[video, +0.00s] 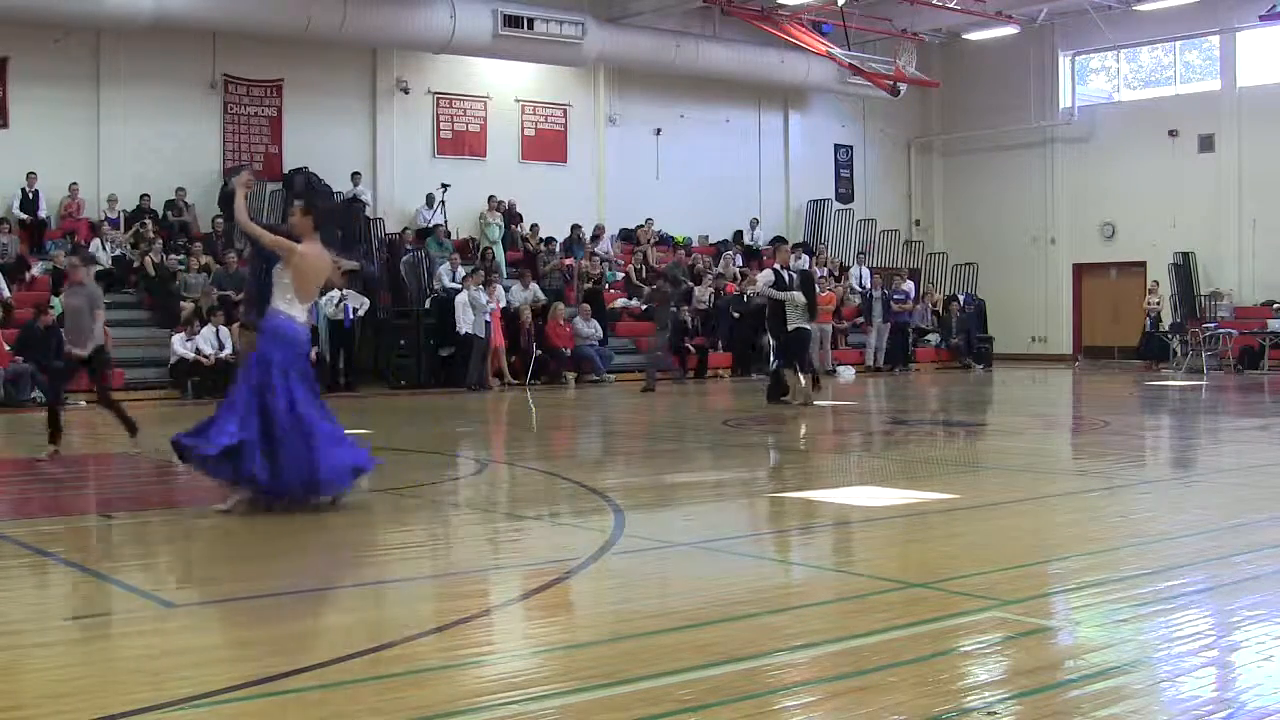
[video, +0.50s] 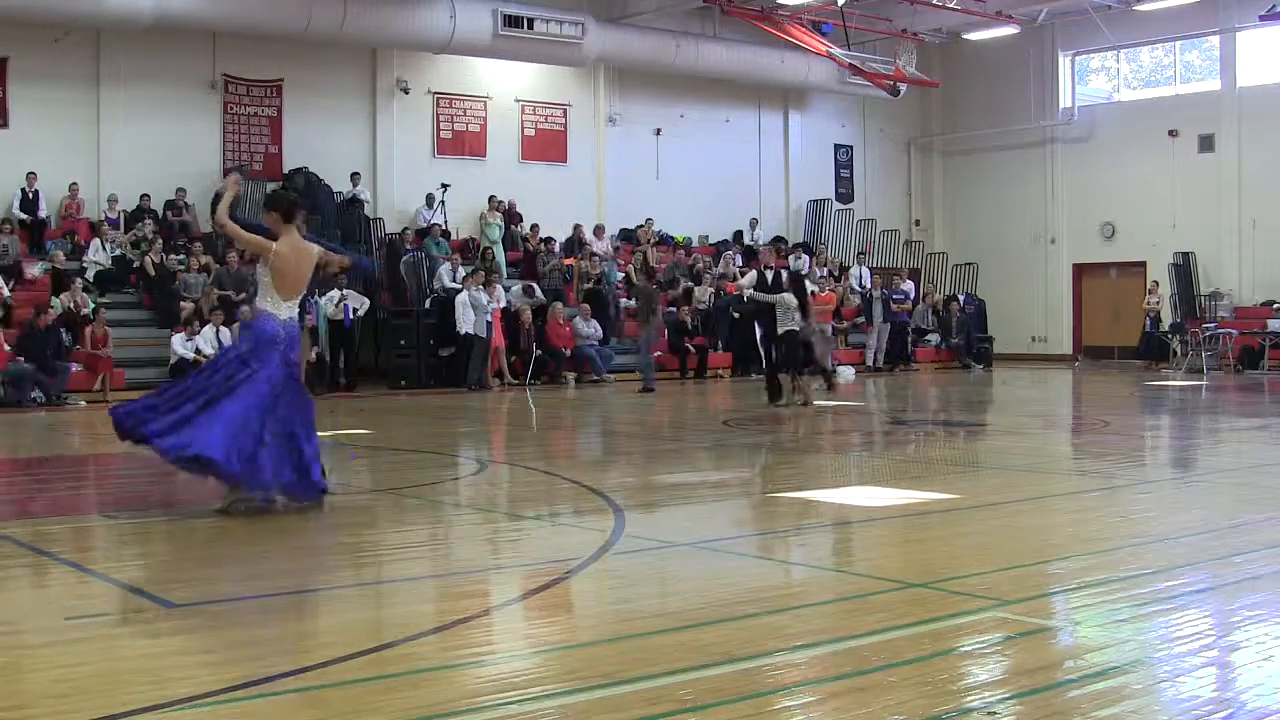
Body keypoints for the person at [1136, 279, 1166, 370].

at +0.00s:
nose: (1152, 288)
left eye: (1154, 286)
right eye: (1151, 286)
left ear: (1157, 287)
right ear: (1150, 287)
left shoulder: (1160, 296)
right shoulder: (1148, 296)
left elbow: (1160, 308)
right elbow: (1144, 306)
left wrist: (1149, 308)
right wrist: (1155, 307)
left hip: (1157, 318)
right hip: (1149, 319)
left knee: (1156, 339)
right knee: (1148, 338)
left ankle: (1156, 362)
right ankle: (1149, 361)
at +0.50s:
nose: (1152, 288)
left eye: (1154, 286)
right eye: (1151, 286)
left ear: (1157, 287)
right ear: (1150, 287)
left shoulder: (1160, 296)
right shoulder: (1148, 296)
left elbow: (1160, 308)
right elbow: (1144, 306)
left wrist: (1149, 307)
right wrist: (1153, 307)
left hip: (1156, 318)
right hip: (1149, 318)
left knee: (1156, 337)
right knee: (1148, 337)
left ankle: (1156, 361)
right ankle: (1149, 360)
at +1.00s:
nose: (1151, 288)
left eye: (1153, 286)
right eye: (1150, 286)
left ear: (1157, 287)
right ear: (1149, 287)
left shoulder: (1159, 296)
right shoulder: (1147, 296)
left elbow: (1160, 308)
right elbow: (1143, 306)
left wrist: (1149, 308)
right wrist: (1153, 307)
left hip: (1156, 318)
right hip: (1148, 318)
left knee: (1156, 338)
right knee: (1148, 337)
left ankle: (1156, 361)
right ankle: (1149, 360)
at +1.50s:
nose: (1151, 288)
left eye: (1153, 286)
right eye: (1150, 286)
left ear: (1157, 287)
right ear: (1149, 287)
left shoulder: (1159, 296)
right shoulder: (1147, 296)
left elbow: (1160, 308)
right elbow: (1143, 306)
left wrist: (1149, 308)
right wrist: (1153, 307)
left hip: (1156, 318)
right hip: (1148, 318)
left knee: (1156, 337)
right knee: (1147, 337)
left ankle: (1155, 360)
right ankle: (1147, 360)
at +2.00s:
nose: (1152, 288)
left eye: (1153, 286)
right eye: (1150, 286)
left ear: (1157, 287)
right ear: (1149, 287)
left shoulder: (1160, 297)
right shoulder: (1148, 296)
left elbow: (1160, 308)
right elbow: (1144, 306)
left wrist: (1149, 308)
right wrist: (1154, 307)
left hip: (1156, 318)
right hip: (1149, 318)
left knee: (1156, 338)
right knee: (1148, 338)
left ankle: (1156, 361)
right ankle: (1148, 361)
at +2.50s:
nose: (1152, 288)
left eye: (1154, 286)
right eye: (1151, 286)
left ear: (1157, 287)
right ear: (1149, 287)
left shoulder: (1160, 297)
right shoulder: (1147, 297)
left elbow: (1160, 308)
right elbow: (1144, 306)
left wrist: (1150, 308)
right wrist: (1153, 307)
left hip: (1157, 318)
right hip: (1149, 318)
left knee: (1156, 338)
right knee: (1148, 338)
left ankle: (1156, 361)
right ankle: (1148, 361)